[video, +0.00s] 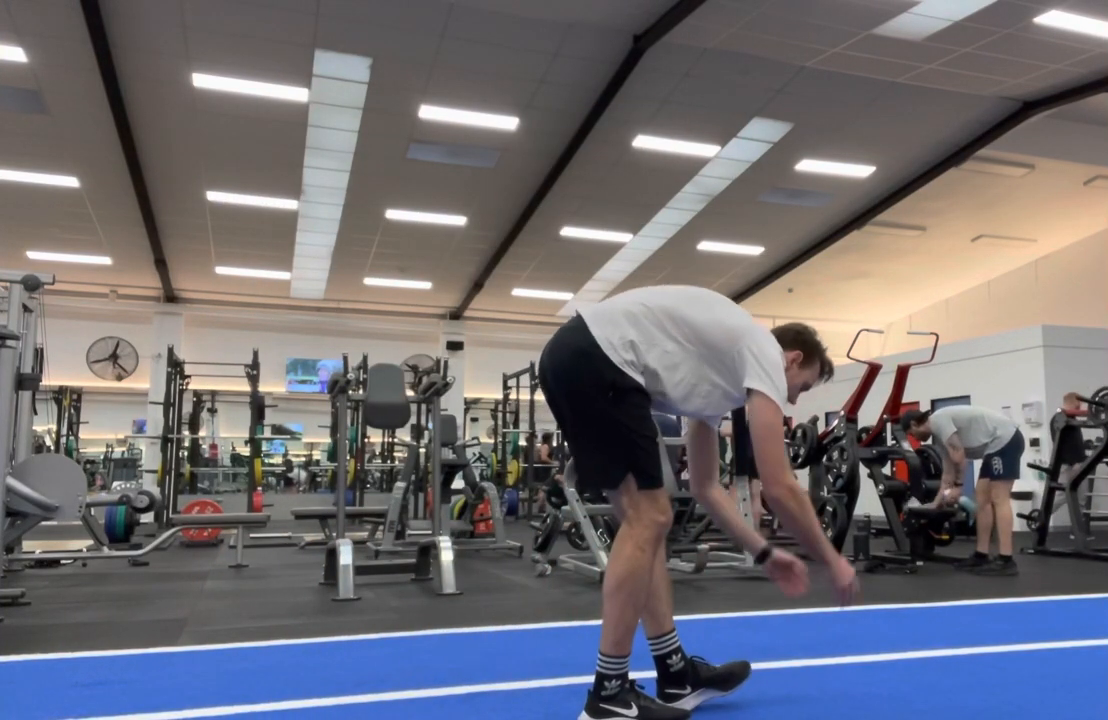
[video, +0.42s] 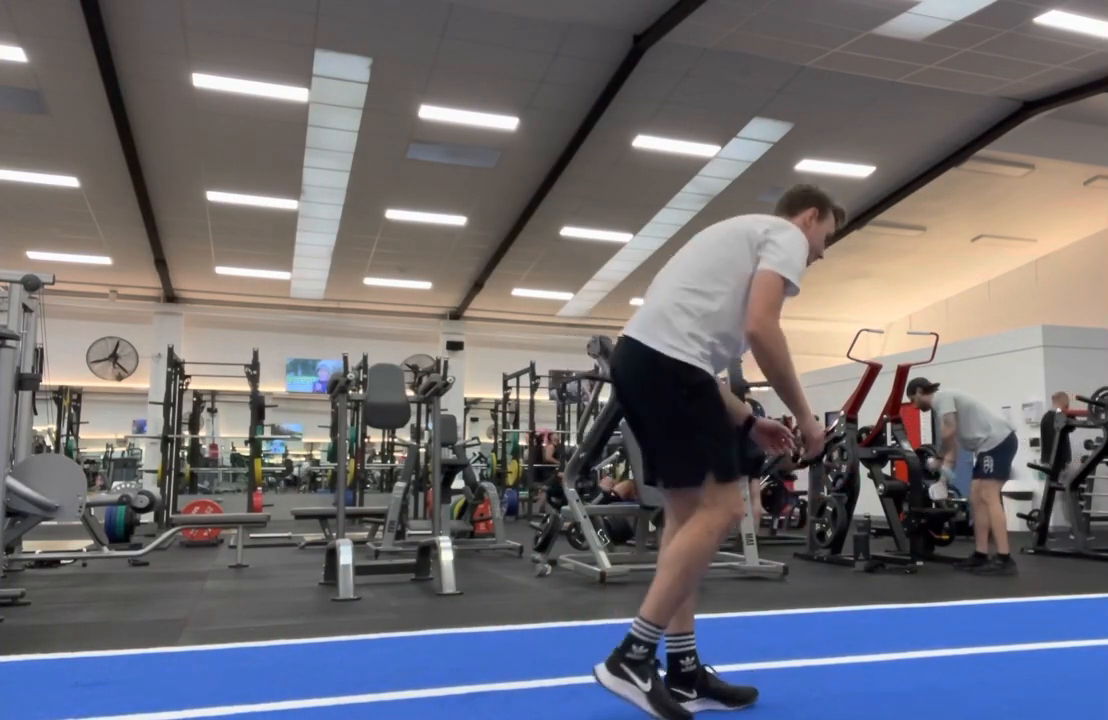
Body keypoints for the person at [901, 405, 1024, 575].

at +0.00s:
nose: (914, 438)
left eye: (911, 433)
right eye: (911, 435)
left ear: (915, 424)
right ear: (918, 423)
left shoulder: (939, 420)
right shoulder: (938, 434)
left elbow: (959, 457)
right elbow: (947, 471)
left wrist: (957, 487)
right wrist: (937, 503)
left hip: (1007, 440)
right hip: (992, 446)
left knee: (1000, 498)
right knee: (983, 497)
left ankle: (1006, 559)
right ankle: (981, 555)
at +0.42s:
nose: (915, 406)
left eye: (913, 400)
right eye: (912, 402)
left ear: (920, 392)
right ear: (923, 392)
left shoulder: (942, 397)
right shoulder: (942, 405)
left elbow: (949, 431)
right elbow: (951, 445)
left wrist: (940, 457)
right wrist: (946, 474)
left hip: (999, 441)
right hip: (985, 445)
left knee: (988, 495)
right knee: (977, 496)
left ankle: (1004, 557)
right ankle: (981, 554)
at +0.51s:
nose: (918, 395)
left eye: (917, 389)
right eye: (915, 391)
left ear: (925, 381)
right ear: (926, 382)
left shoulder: (944, 390)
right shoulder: (947, 395)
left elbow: (948, 423)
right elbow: (956, 439)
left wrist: (936, 448)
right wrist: (945, 462)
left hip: (993, 439)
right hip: (982, 444)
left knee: (982, 494)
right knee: (974, 497)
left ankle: (1002, 555)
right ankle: (981, 554)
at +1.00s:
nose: (935, 364)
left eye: (936, 358)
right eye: (934, 359)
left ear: (948, 354)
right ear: (952, 355)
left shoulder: (956, 371)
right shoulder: (966, 373)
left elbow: (954, 405)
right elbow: (963, 410)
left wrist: (932, 421)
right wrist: (938, 423)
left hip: (968, 441)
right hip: (980, 441)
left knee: (949, 493)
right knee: (971, 496)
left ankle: (982, 544)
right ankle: (982, 549)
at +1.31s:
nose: (936, 355)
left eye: (939, 350)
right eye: (936, 350)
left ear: (951, 350)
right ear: (957, 350)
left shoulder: (954, 370)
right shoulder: (967, 372)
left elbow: (948, 405)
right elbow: (960, 409)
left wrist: (928, 418)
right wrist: (935, 418)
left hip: (959, 441)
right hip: (975, 441)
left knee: (947, 495)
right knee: (969, 497)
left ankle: (951, 552)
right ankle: (980, 552)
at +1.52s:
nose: (934, 350)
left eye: (937, 346)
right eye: (935, 345)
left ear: (947, 348)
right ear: (957, 349)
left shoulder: (950, 370)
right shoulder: (964, 370)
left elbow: (943, 407)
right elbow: (952, 408)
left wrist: (924, 415)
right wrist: (929, 414)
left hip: (952, 443)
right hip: (968, 442)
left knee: (945, 497)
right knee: (968, 498)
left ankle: (947, 554)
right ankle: (980, 552)